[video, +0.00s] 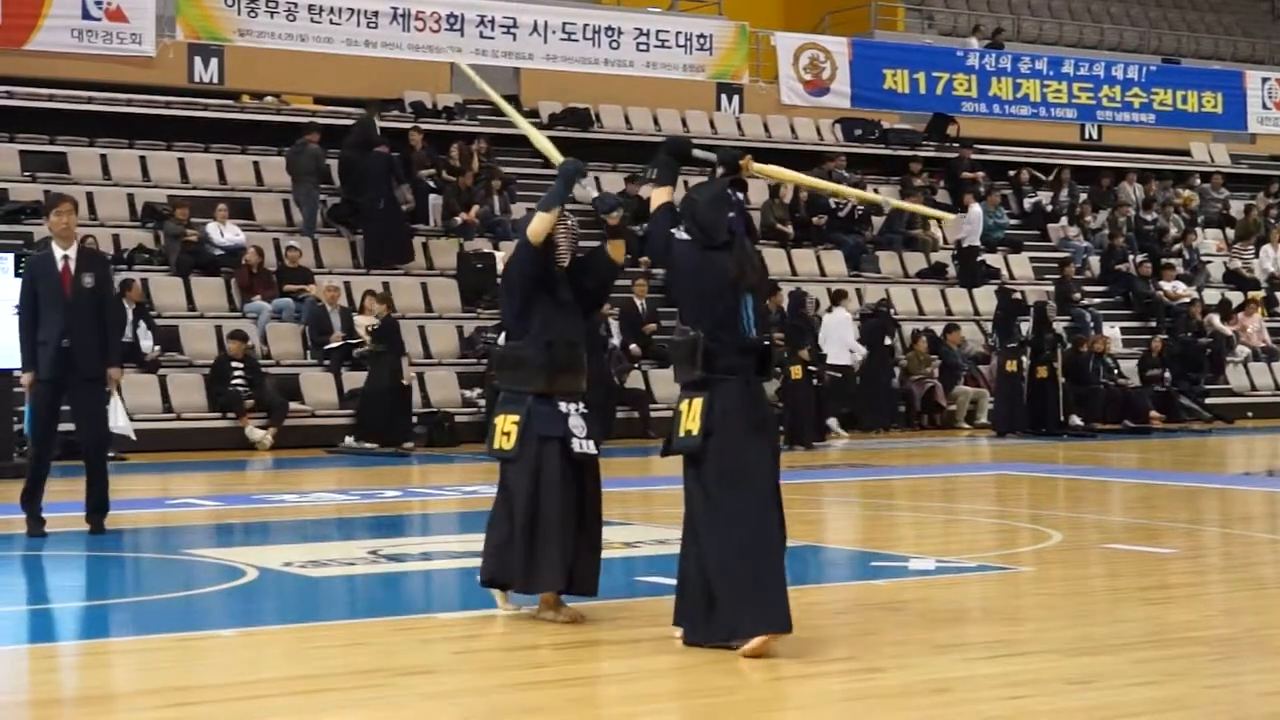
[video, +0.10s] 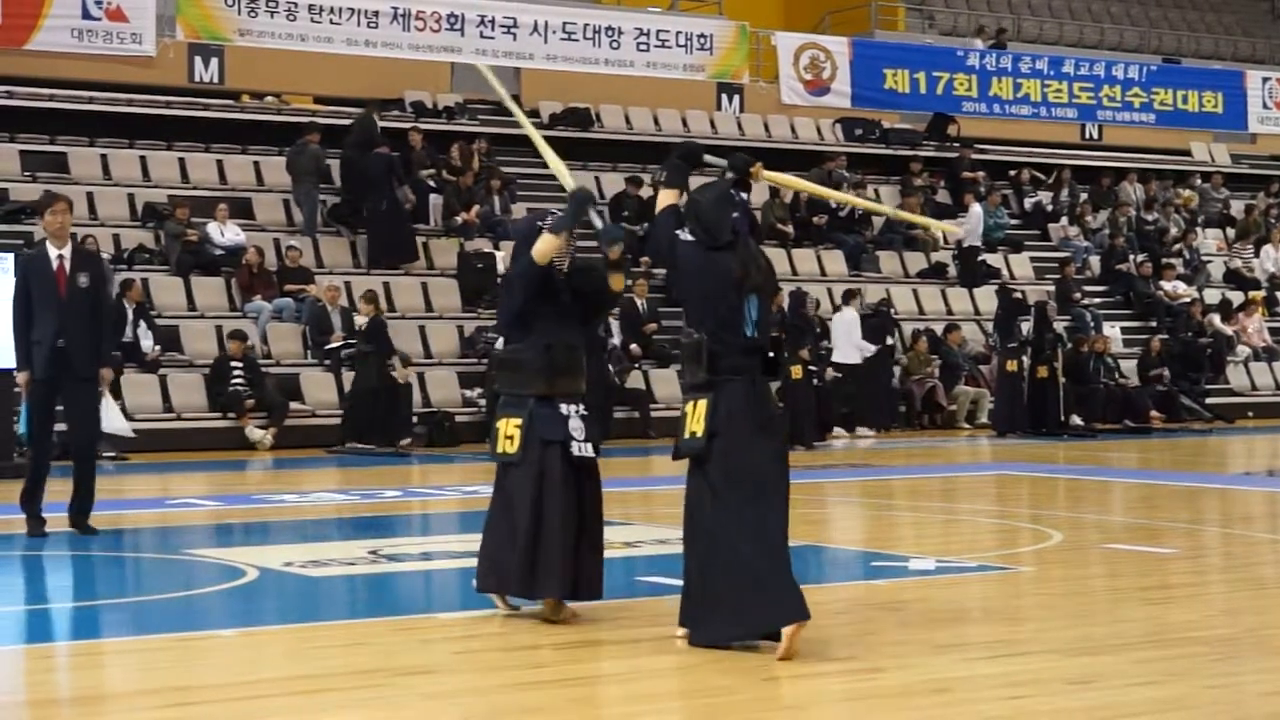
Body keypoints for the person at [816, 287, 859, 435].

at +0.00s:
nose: (849, 302)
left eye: (848, 299)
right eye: (848, 299)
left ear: (834, 301)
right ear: (844, 301)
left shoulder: (827, 317)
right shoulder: (846, 317)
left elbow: (820, 339)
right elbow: (849, 340)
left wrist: (828, 350)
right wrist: (862, 351)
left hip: (830, 359)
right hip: (844, 360)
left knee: (832, 393)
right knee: (848, 392)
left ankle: (834, 425)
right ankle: (834, 418)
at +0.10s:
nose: (859, 303)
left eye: (859, 299)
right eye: (858, 300)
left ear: (844, 301)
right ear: (853, 300)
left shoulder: (835, 317)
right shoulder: (854, 316)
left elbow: (833, 341)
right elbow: (856, 340)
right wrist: (872, 348)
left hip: (837, 359)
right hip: (853, 360)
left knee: (839, 394)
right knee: (858, 393)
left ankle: (838, 426)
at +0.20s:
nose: (869, 302)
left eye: (868, 299)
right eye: (867, 299)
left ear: (854, 300)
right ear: (863, 300)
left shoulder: (847, 315)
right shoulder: (861, 316)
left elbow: (847, 340)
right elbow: (865, 341)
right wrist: (886, 348)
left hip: (848, 359)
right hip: (862, 360)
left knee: (849, 393)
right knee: (869, 394)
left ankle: (841, 422)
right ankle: (878, 425)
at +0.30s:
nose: (879, 304)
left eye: (878, 301)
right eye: (877, 301)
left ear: (864, 301)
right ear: (872, 301)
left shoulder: (856, 317)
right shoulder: (872, 316)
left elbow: (855, 339)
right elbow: (875, 341)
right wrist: (892, 347)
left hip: (860, 362)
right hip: (875, 362)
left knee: (863, 396)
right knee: (879, 395)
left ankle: (853, 420)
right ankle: (881, 426)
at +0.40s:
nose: (887, 303)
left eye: (887, 299)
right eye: (886, 300)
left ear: (872, 300)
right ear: (881, 300)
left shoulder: (863, 317)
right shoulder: (882, 317)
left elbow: (861, 336)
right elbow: (886, 339)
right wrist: (899, 347)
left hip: (869, 360)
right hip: (884, 359)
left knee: (873, 393)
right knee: (884, 393)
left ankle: (874, 423)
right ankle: (884, 425)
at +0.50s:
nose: (895, 302)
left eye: (894, 299)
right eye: (894, 299)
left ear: (880, 299)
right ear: (890, 300)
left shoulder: (871, 316)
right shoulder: (892, 316)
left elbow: (868, 339)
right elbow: (897, 339)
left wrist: (879, 348)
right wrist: (909, 344)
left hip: (876, 357)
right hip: (891, 357)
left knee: (879, 391)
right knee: (890, 391)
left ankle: (879, 422)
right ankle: (886, 424)